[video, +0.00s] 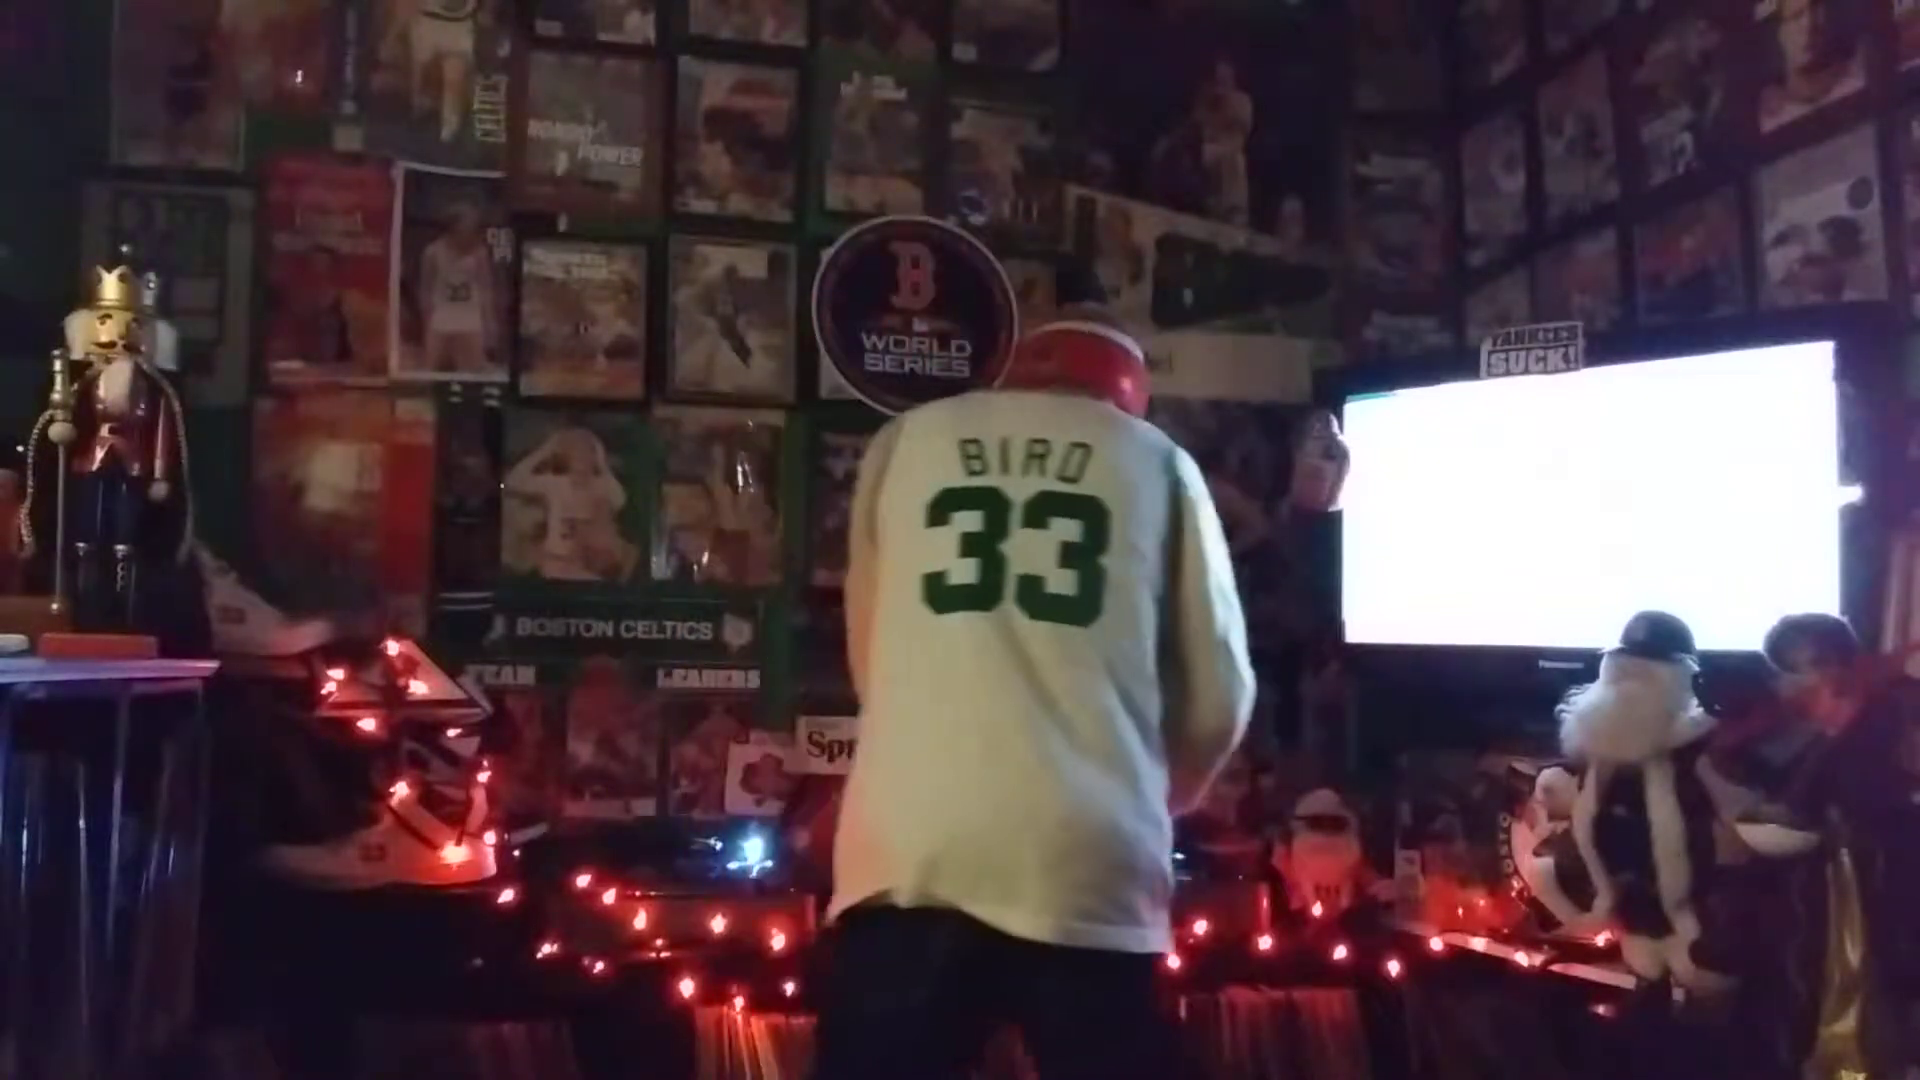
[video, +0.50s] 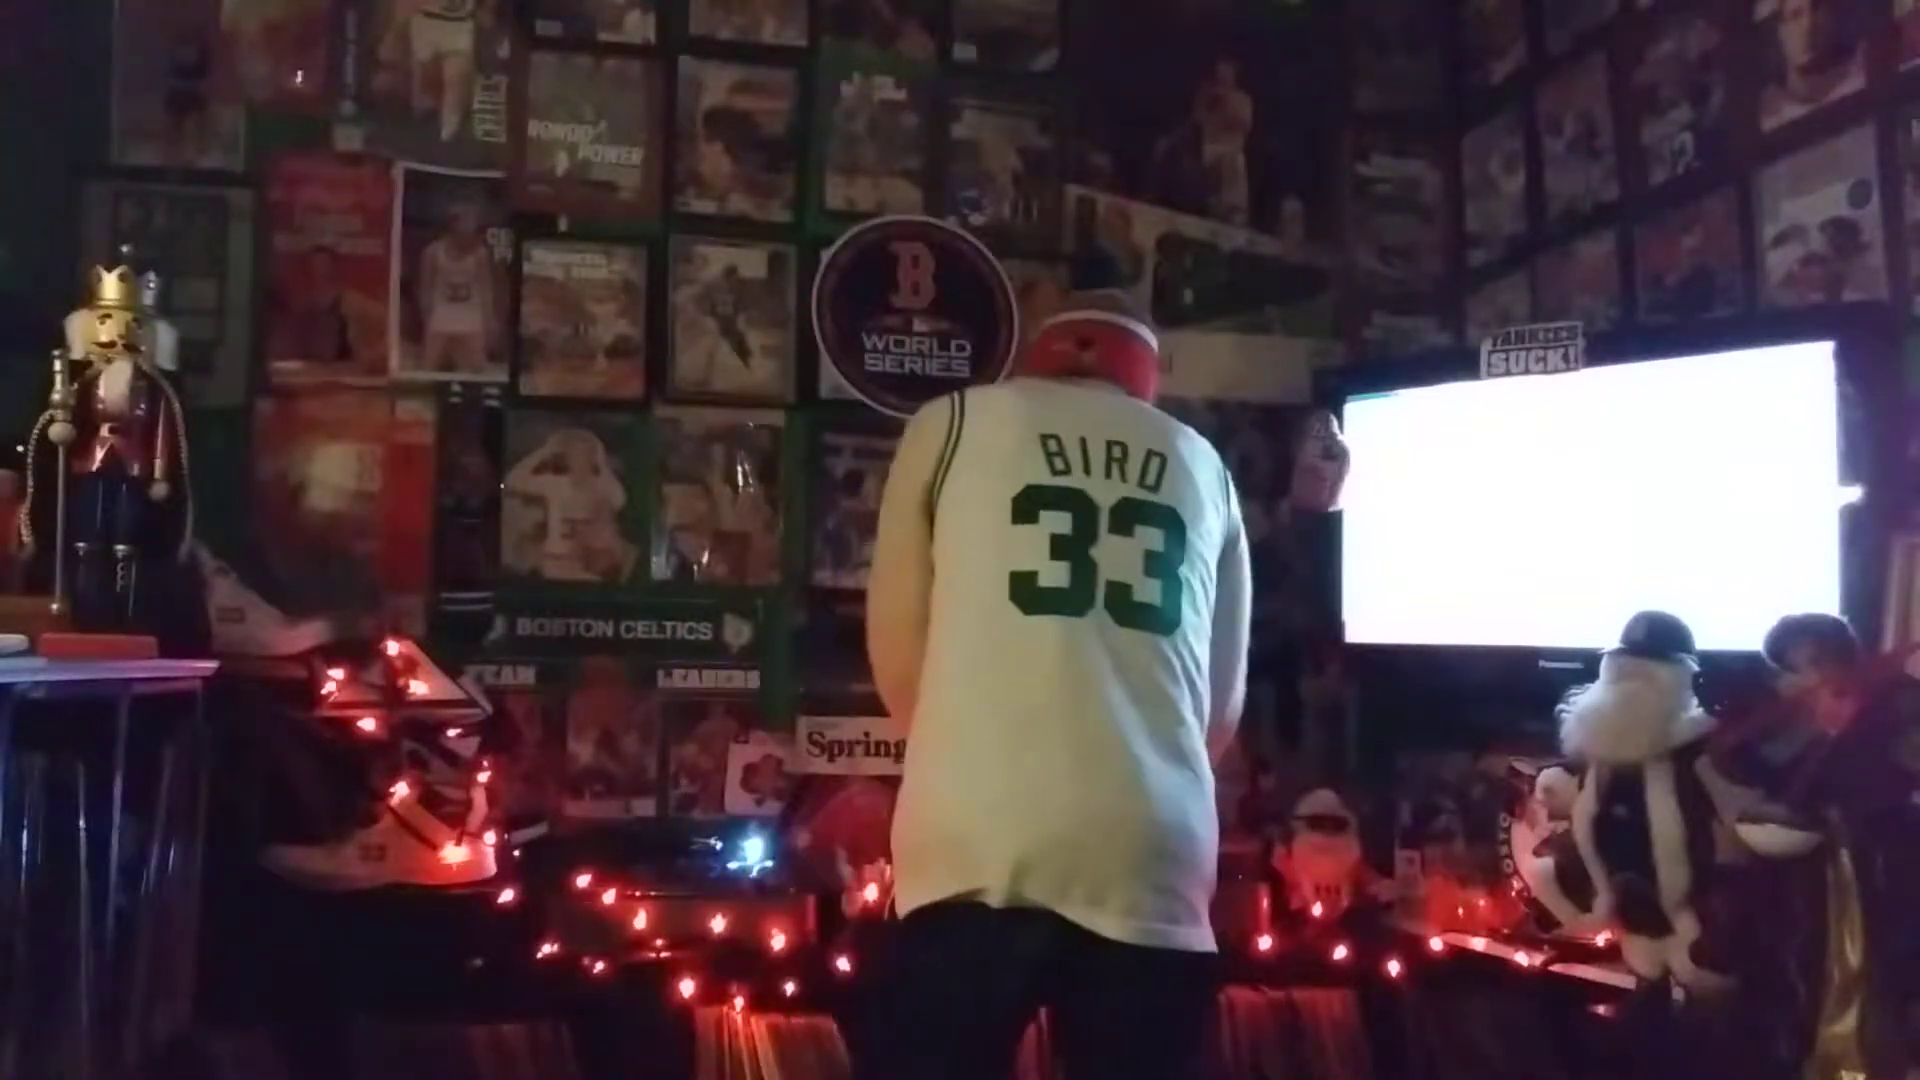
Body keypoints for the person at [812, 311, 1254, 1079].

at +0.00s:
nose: (1144, 413)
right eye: (1141, 402)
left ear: (1014, 370)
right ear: (1128, 396)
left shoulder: (903, 440)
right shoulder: (1159, 461)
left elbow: (868, 656)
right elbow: (1218, 699)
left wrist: (932, 767)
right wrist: (1140, 816)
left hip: (902, 859)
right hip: (1089, 871)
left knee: (873, 1065)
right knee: (1113, 1066)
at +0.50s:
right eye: (1152, 382)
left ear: (1039, 357)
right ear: (1149, 382)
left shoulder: (950, 422)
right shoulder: (1209, 468)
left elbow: (895, 647)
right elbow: (1221, 705)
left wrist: (966, 762)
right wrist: (1129, 791)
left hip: (976, 825)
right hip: (1155, 851)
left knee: (925, 1064)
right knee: (1144, 1064)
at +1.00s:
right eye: (1053, 353)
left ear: (919, 357)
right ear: (1034, 357)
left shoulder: (871, 423)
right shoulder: (1127, 452)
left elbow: (803, 651)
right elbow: (1160, 690)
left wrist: (882, 753)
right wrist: (1095, 795)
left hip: (912, 856)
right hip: (1094, 865)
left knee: (892, 1067)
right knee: (1104, 1068)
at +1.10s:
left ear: (880, 344)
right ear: (1006, 346)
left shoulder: (840, 425)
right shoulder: (1099, 451)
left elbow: (779, 662)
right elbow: (1133, 688)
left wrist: (875, 761)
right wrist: (1067, 794)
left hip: (890, 852)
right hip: (1070, 859)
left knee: (865, 1069)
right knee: (1088, 1071)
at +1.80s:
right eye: (877, 341)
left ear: (756, 354)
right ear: (876, 350)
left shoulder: (711, 434)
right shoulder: (972, 439)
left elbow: (649, 687)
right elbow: (1029, 687)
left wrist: (772, 734)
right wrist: (975, 793)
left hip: (792, 890)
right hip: (981, 888)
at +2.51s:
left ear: (879, 321)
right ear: (1003, 326)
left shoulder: (821, 424)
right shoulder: (1091, 431)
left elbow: (746, 677)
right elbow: (1162, 664)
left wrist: (845, 764)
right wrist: (1062, 783)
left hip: (864, 895)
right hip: (1048, 901)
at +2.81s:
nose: (940, 317)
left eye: (947, 302)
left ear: (960, 312)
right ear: (1074, 324)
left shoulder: (881, 421)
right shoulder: (1155, 429)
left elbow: (803, 672)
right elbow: (1228, 667)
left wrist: (907, 749)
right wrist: (1134, 781)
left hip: (912, 913)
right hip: (1103, 918)